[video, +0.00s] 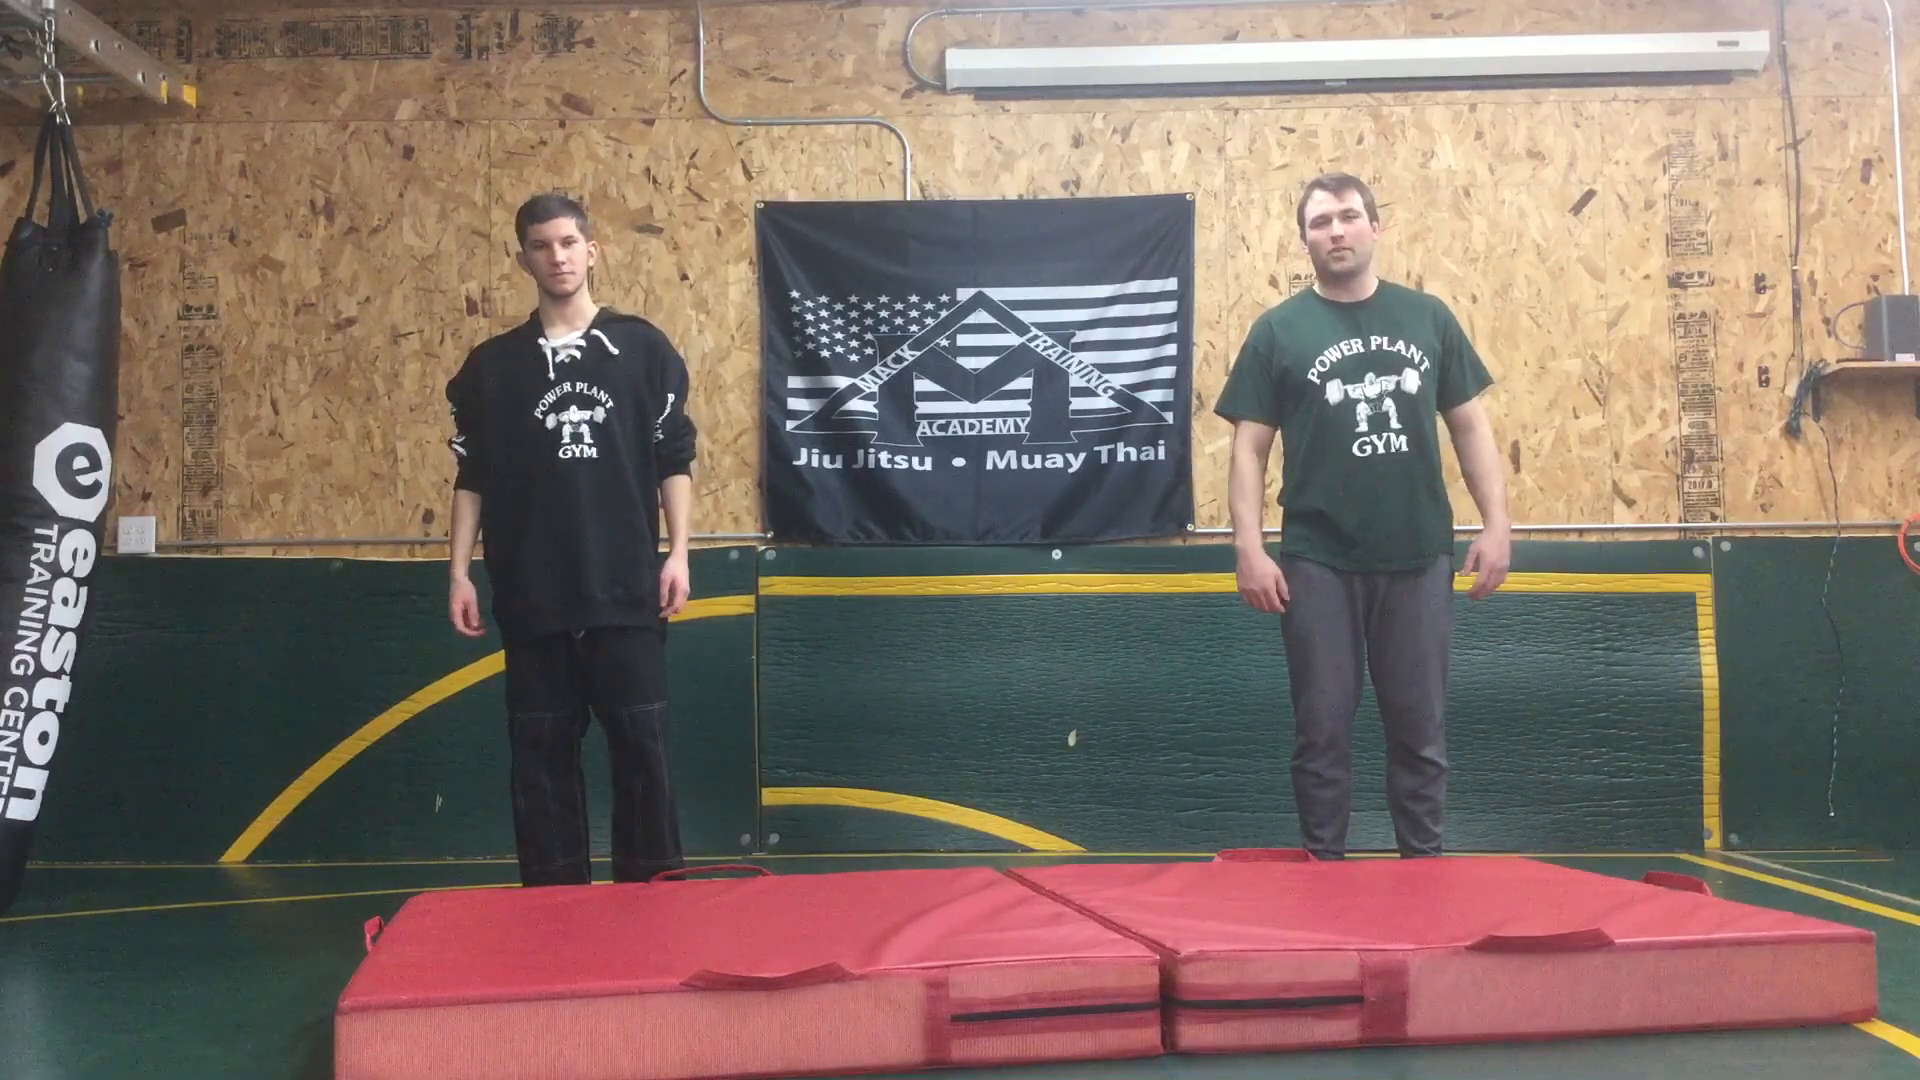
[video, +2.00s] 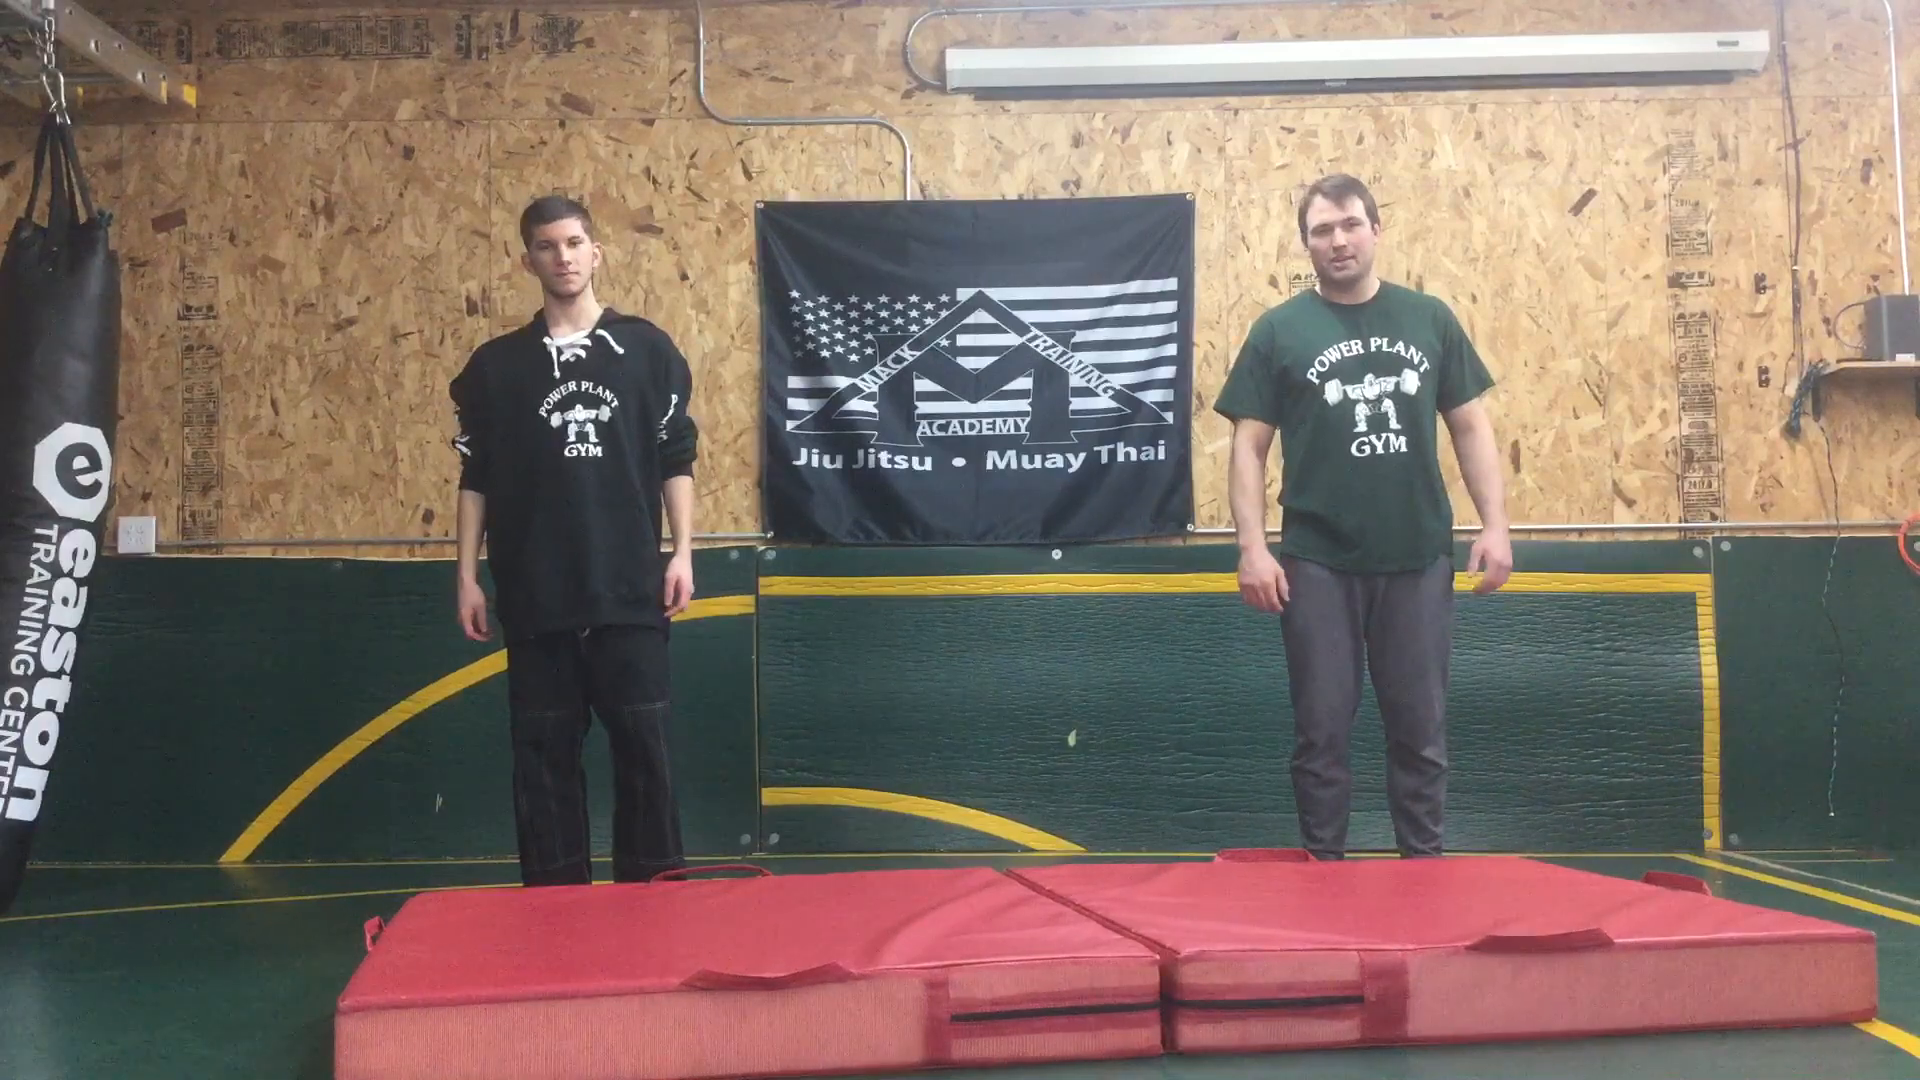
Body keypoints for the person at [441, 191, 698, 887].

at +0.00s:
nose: (557, 257)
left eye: (568, 242)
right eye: (542, 247)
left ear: (591, 250)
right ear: (525, 260)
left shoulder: (642, 347)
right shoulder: (489, 364)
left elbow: (674, 457)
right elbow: (471, 476)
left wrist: (678, 552)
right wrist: (460, 569)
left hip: (625, 582)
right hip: (530, 589)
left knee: (642, 750)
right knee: (542, 759)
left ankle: (652, 901)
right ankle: (553, 908)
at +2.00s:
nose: (563, 257)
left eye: (573, 243)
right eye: (547, 247)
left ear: (594, 250)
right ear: (529, 261)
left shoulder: (647, 348)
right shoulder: (493, 365)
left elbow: (675, 459)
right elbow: (474, 477)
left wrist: (683, 550)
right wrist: (467, 576)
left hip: (629, 585)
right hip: (533, 592)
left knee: (644, 753)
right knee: (545, 762)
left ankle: (654, 905)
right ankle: (555, 913)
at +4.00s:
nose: (560, 256)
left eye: (571, 242)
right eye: (545, 246)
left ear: (592, 251)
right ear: (527, 261)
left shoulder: (644, 351)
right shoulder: (489, 366)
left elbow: (669, 463)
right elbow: (472, 480)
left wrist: (678, 553)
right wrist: (471, 577)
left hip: (627, 584)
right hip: (531, 590)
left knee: (644, 750)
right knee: (542, 760)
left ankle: (654, 903)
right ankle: (554, 911)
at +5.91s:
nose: (559, 251)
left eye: (570, 238)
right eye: (544, 242)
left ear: (592, 251)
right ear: (527, 259)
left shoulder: (644, 349)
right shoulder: (489, 364)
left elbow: (670, 460)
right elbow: (469, 475)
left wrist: (683, 550)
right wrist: (457, 567)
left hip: (627, 583)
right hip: (532, 589)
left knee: (643, 748)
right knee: (543, 757)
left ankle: (652, 902)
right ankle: (553, 910)